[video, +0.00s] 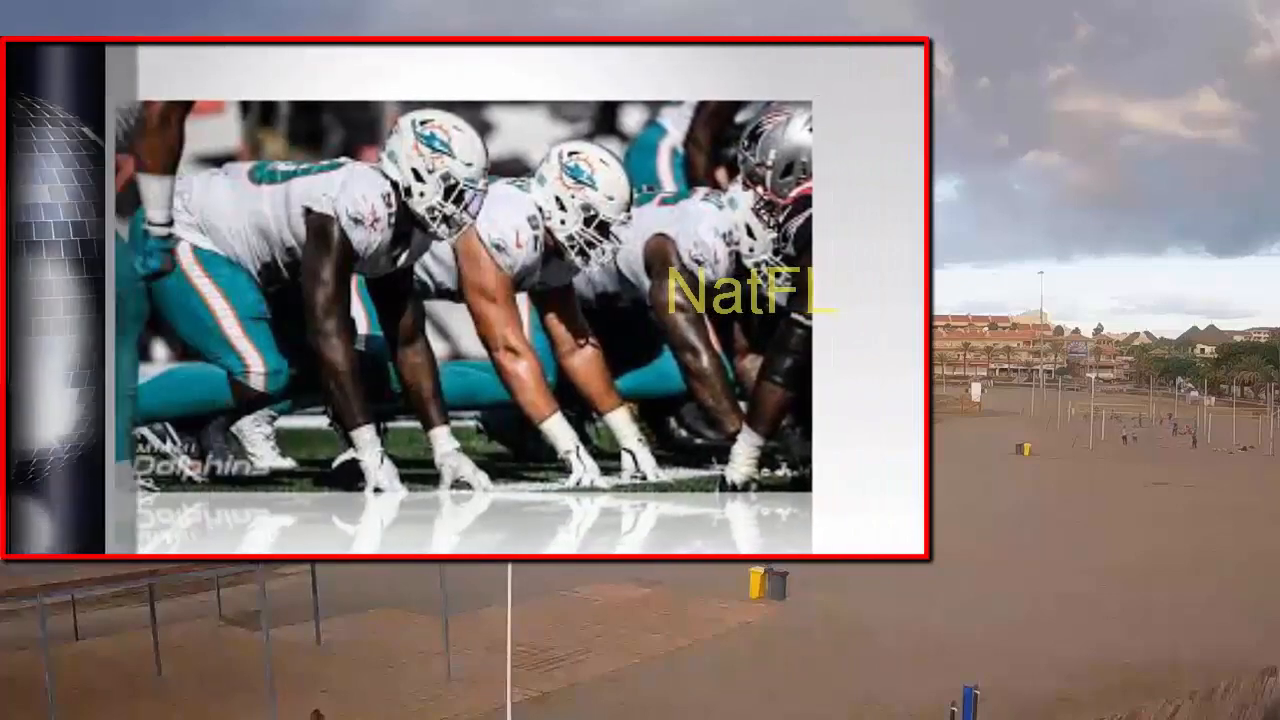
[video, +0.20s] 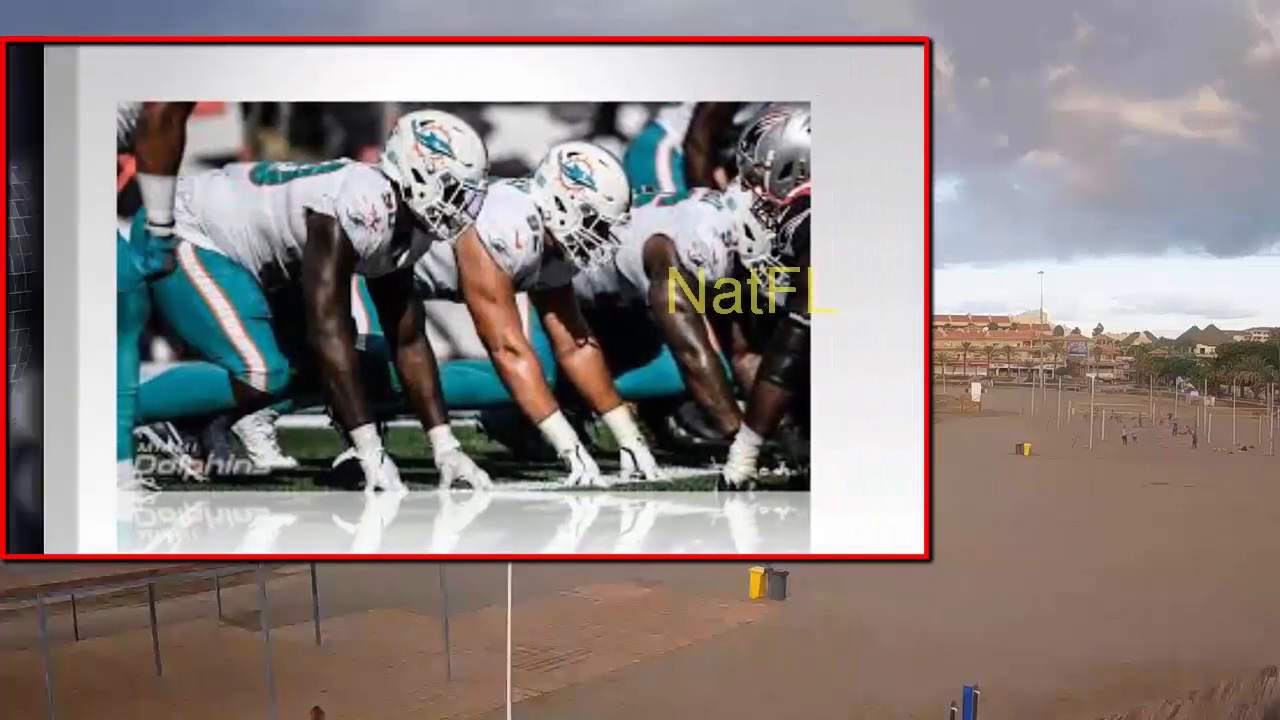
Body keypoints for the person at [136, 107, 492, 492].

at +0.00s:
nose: (457, 201)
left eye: (466, 190)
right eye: (449, 183)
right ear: (413, 164)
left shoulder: (399, 226)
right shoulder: (352, 202)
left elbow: (410, 340)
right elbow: (327, 332)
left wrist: (445, 447)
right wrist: (369, 449)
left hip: (247, 251)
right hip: (188, 235)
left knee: (312, 366)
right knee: (259, 374)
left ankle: (191, 426)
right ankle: (110, 412)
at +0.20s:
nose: (458, 202)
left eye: (466, 190)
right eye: (450, 183)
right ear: (414, 164)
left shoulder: (399, 227)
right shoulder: (353, 202)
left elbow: (410, 341)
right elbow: (327, 333)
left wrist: (445, 447)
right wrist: (369, 449)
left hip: (247, 252)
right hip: (191, 236)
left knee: (310, 365)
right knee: (260, 374)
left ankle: (188, 424)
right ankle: (105, 413)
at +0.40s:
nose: (458, 202)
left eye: (466, 191)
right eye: (450, 184)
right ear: (415, 165)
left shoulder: (399, 227)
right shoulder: (354, 202)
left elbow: (411, 340)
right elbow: (328, 333)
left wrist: (445, 446)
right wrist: (370, 449)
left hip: (248, 253)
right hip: (192, 237)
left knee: (314, 365)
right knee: (261, 373)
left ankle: (191, 422)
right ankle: (108, 413)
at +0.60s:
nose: (458, 203)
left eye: (466, 191)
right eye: (450, 185)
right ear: (415, 166)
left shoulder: (399, 227)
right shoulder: (353, 203)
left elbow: (411, 340)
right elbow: (329, 332)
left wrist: (445, 445)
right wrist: (370, 447)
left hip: (251, 254)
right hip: (193, 237)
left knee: (314, 364)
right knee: (262, 372)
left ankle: (192, 422)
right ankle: (109, 413)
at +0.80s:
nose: (458, 203)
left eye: (466, 191)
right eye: (449, 185)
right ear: (414, 166)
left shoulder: (400, 228)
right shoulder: (354, 203)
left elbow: (411, 339)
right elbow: (329, 332)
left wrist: (445, 444)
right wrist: (370, 446)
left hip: (252, 255)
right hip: (195, 238)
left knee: (314, 365)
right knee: (263, 372)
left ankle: (192, 422)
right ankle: (112, 413)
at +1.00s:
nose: (459, 204)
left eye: (467, 192)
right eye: (451, 186)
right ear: (416, 168)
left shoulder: (400, 228)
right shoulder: (356, 204)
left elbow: (411, 339)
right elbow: (330, 331)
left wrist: (445, 443)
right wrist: (371, 446)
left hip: (251, 254)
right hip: (196, 238)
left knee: (310, 364)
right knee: (265, 371)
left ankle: (191, 423)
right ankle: (112, 411)